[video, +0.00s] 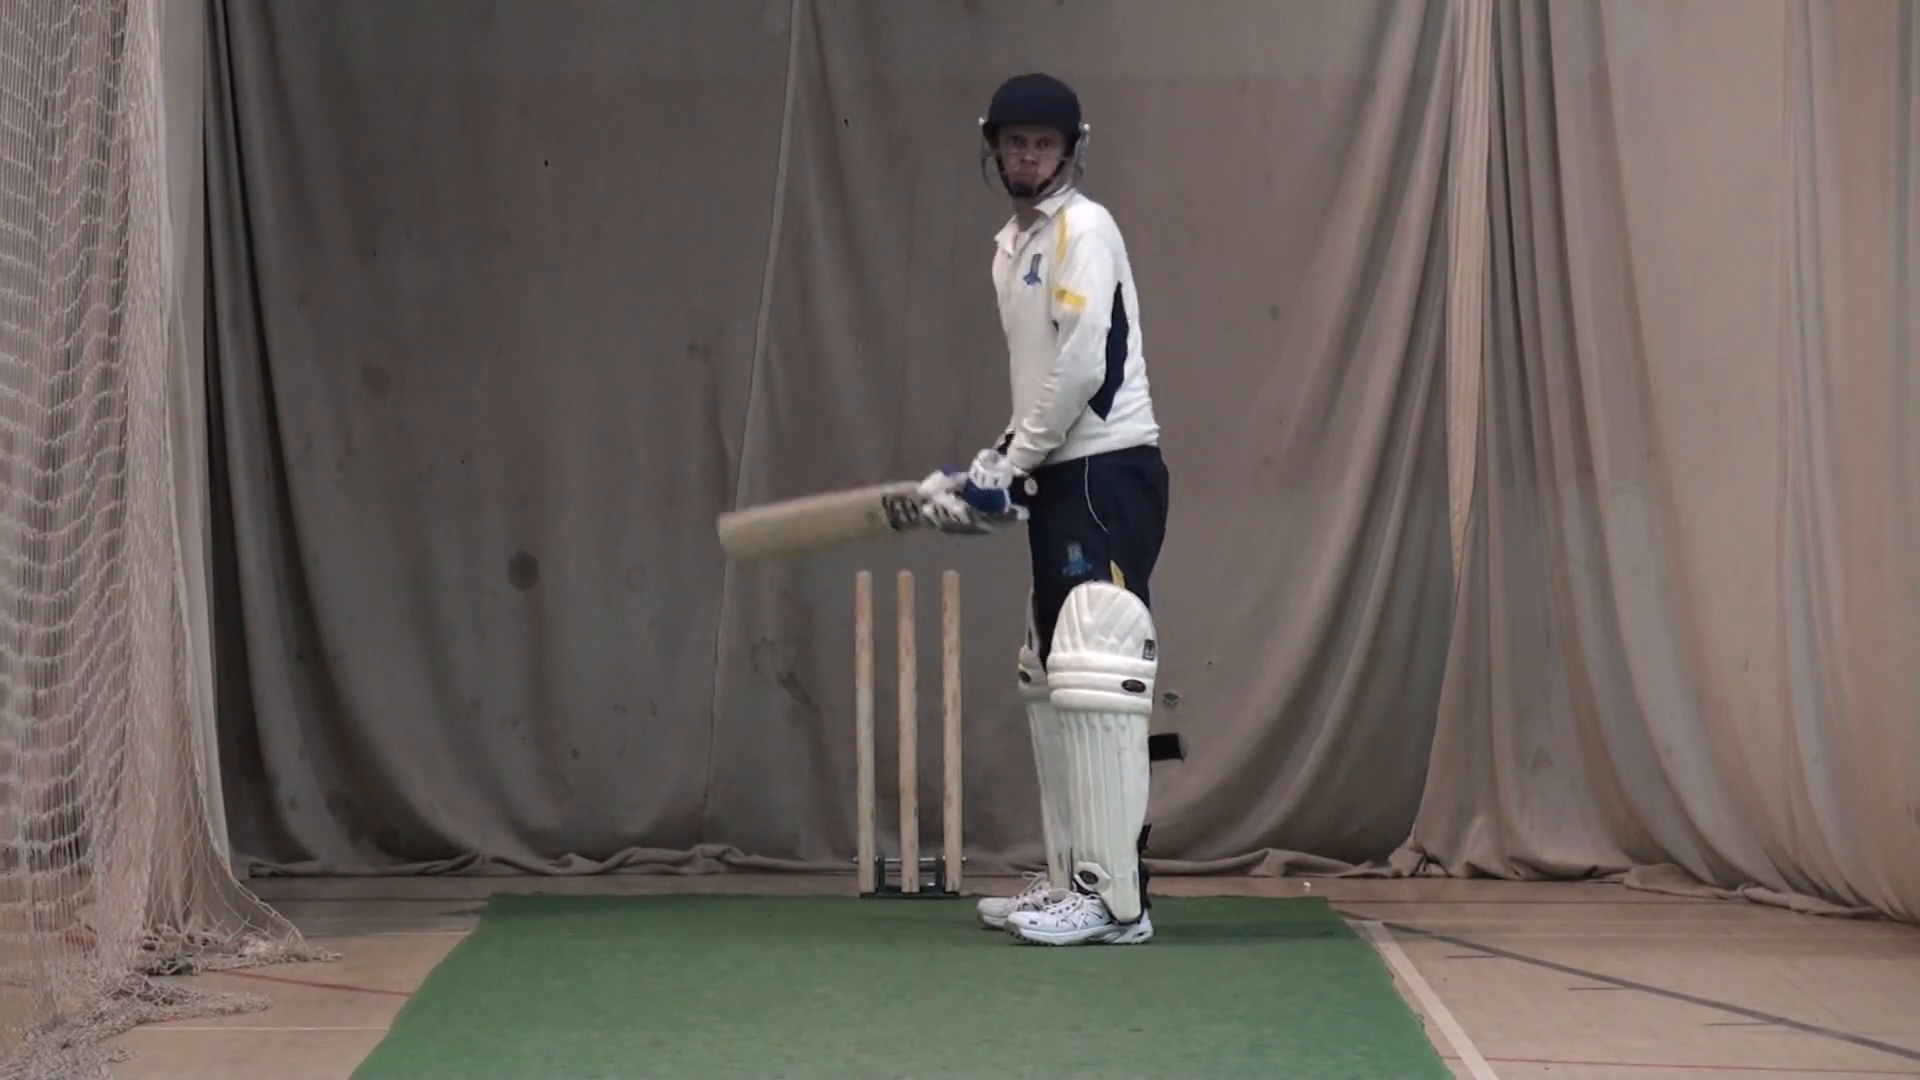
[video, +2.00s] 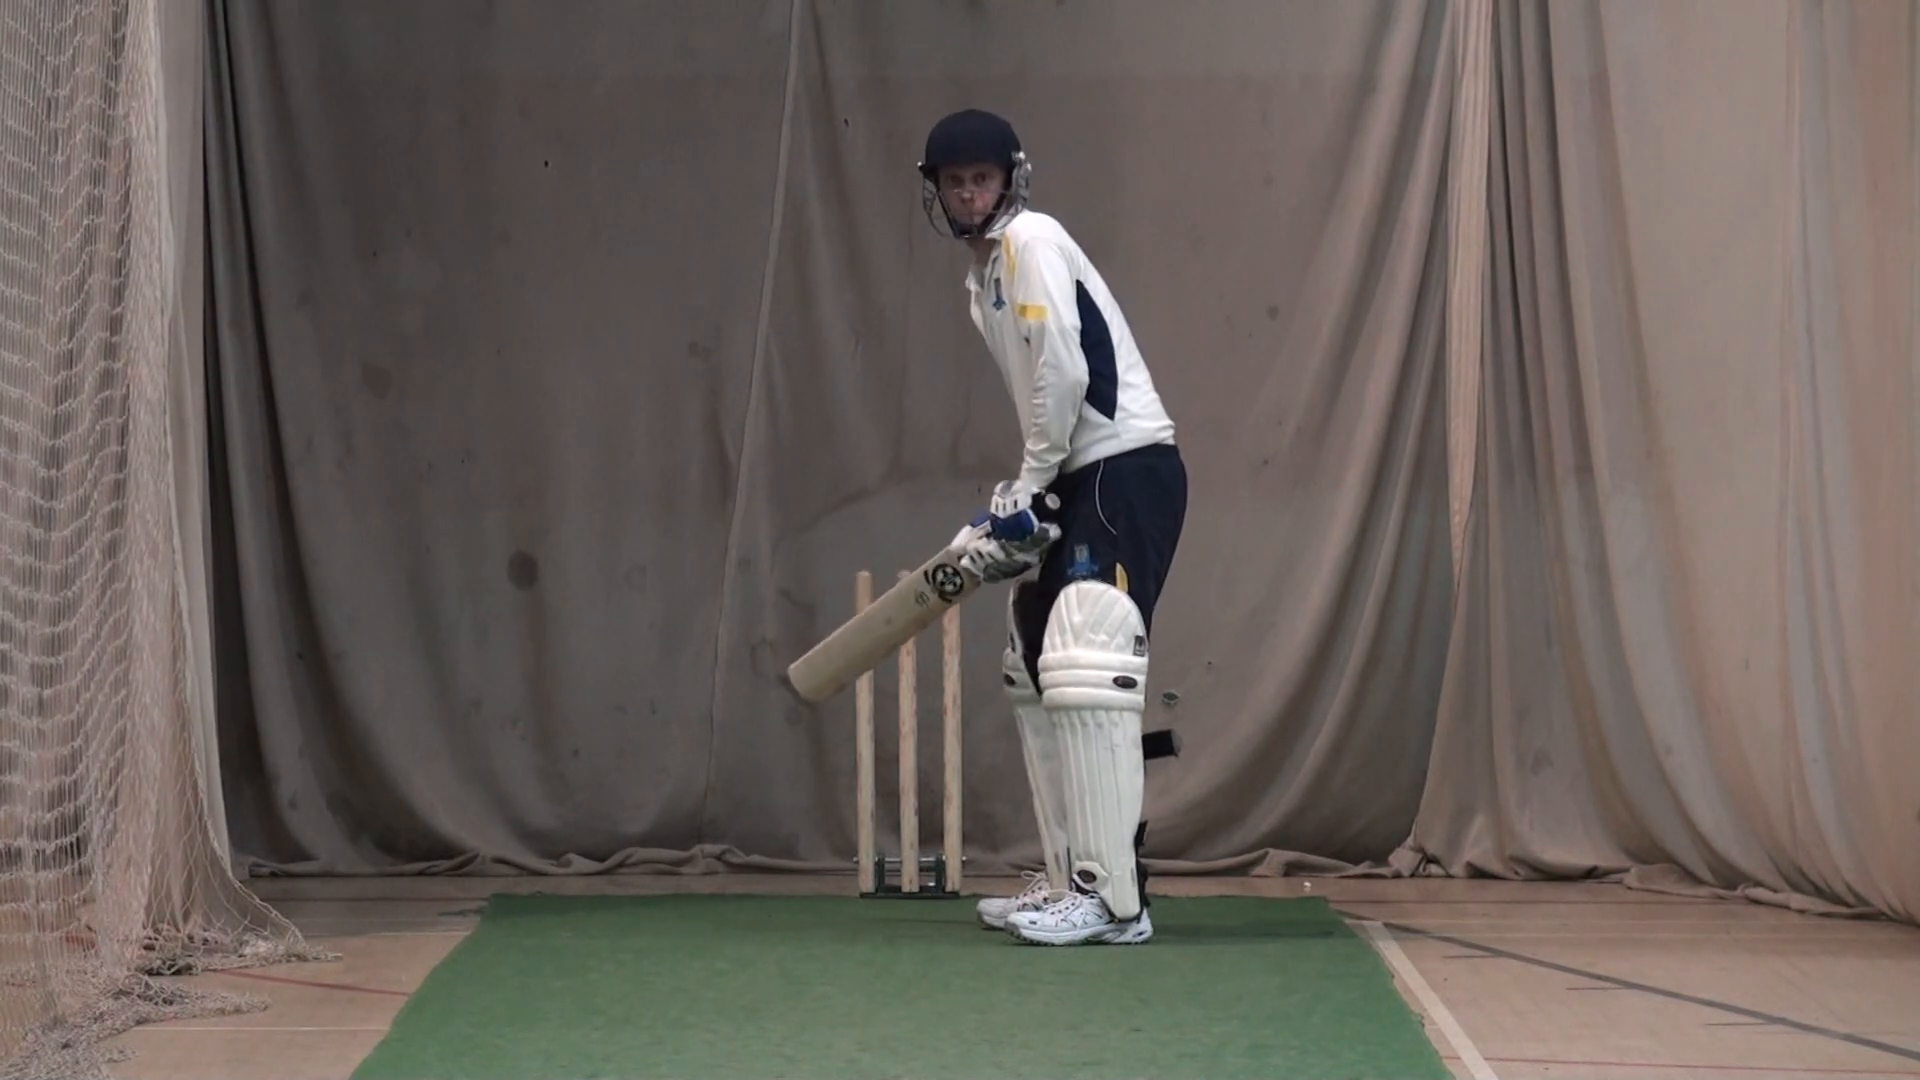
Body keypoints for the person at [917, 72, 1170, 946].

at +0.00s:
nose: (1025, 158)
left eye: (1042, 143)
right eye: (1011, 143)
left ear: (1070, 149)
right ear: (993, 150)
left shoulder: (1083, 230)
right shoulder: (1011, 244)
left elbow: (1083, 372)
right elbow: (1038, 383)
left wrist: (1005, 470)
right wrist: (986, 472)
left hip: (1106, 475)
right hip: (1058, 477)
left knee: (1100, 681)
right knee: (1054, 678)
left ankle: (1114, 899)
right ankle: (1071, 879)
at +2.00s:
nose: (967, 194)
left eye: (982, 179)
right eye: (951, 182)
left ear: (1011, 180)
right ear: (934, 191)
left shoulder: (1029, 243)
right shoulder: (987, 274)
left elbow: (1064, 378)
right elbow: (1038, 407)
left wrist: (1025, 494)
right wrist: (1010, 516)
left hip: (1124, 470)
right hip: (1077, 480)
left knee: (1086, 671)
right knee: (1036, 673)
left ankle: (1113, 899)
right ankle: (1076, 882)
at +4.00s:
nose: (950, 224)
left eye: (963, 207)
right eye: (933, 211)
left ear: (989, 208)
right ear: (913, 220)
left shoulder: (1015, 269)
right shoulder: (955, 298)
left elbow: (1002, 389)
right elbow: (1008, 402)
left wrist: (950, 475)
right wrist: (944, 453)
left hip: (1130, 470)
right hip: (1074, 486)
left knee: (1066, 664)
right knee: (1028, 667)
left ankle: (1116, 885)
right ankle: (1072, 874)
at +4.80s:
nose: (901, 330)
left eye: (914, 310)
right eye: (883, 316)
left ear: (938, 299)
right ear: (859, 317)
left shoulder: (977, 340)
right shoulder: (874, 390)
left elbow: (984, 416)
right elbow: (927, 480)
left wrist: (923, 507)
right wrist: (937, 529)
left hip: (1085, 536)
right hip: (1001, 558)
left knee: (1008, 699)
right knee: (992, 722)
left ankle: (990, 907)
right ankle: (1077, 879)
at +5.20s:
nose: (910, 369)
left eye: (918, 351)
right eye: (892, 360)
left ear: (930, 330)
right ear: (857, 356)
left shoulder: (949, 325)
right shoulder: (857, 441)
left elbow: (1011, 331)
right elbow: (932, 515)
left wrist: (1014, 407)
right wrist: (1006, 527)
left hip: (1034, 522)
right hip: (947, 559)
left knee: (1027, 699)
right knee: (945, 732)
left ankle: (992, 898)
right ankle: (973, 863)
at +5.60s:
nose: (881, 394)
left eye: (895, 375)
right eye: (863, 382)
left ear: (917, 361)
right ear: (833, 377)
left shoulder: (962, 358)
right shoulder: (828, 456)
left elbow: (1094, 366)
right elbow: (924, 555)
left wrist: (1129, 462)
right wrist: (1034, 532)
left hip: (994, 564)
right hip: (905, 588)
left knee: (990, 716)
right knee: (887, 756)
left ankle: (942, 906)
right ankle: (901, 865)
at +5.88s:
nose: (906, 328)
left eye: (916, 309)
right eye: (886, 315)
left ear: (934, 294)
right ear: (852, 310)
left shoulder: (980, 325)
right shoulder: (828, 389)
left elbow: (1094, 381)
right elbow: (867, 528)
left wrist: (1118, 506)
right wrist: (980, 564)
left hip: (992, 523)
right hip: (893, 533)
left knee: (972, 713)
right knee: (854, 726)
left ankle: (946, 905)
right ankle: (880, 849)